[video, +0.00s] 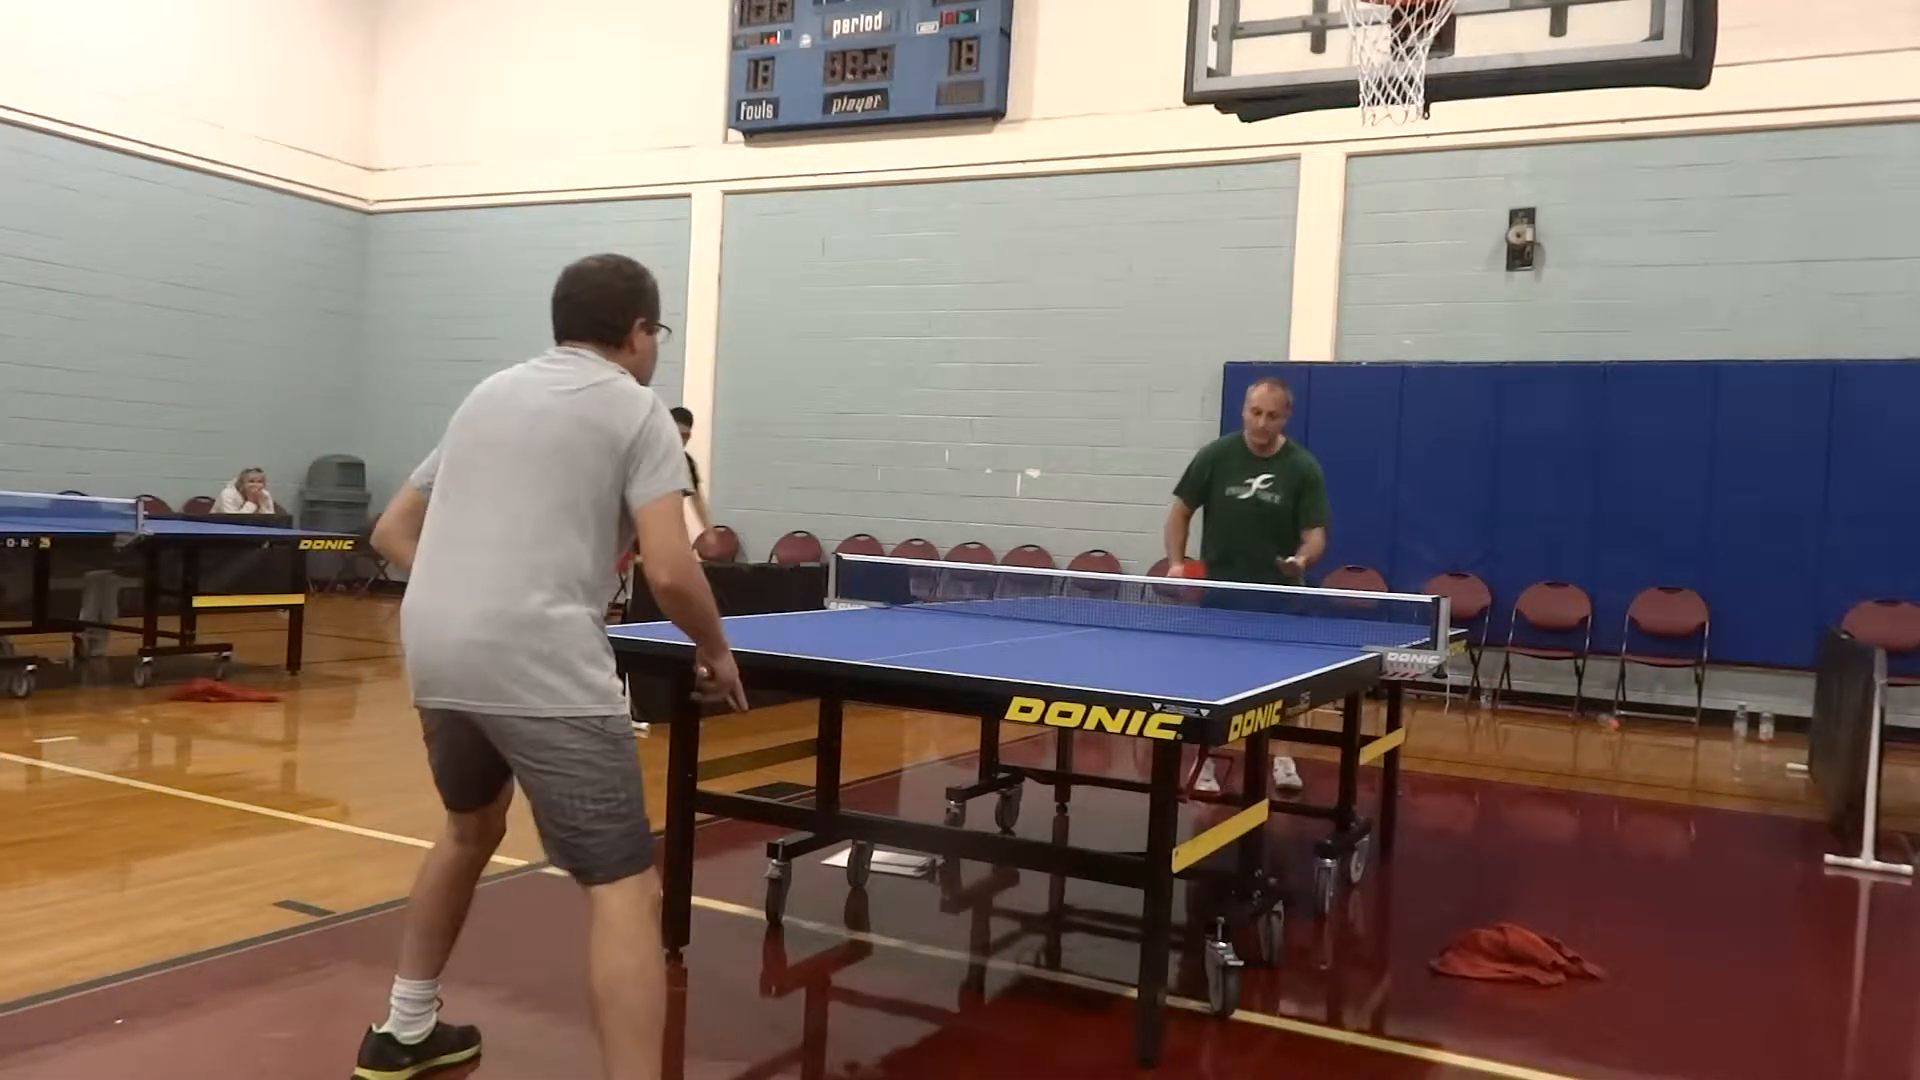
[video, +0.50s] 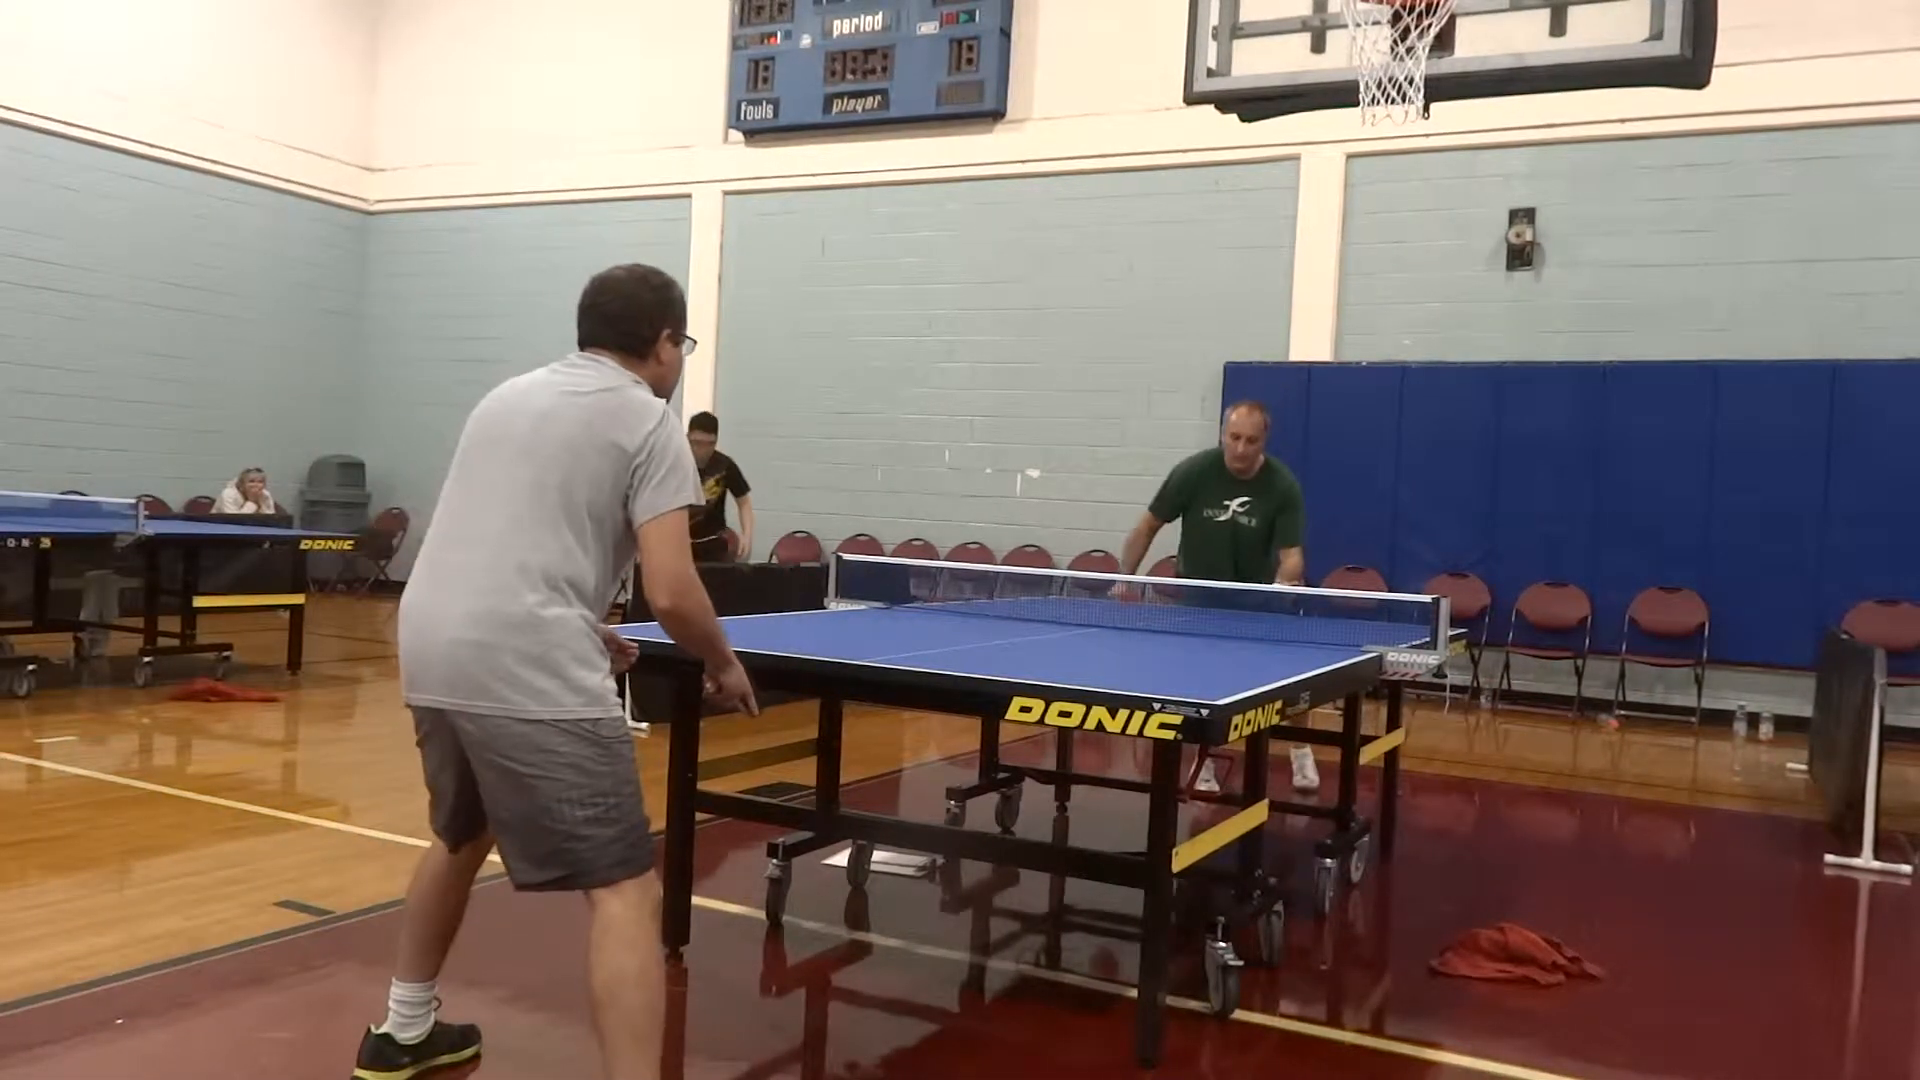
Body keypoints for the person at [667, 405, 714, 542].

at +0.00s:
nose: (681, 440)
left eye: (685, 435)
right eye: (677, 433)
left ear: (690, 435)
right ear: (668, 431)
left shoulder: (687, 462)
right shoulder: (653, 459)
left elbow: (696, 498)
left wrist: (707, 531)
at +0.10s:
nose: (687, 442)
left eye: (691, 438)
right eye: (683, 437)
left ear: (696, 437)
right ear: (673, 434)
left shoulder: (698, 464)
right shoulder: (655, 461)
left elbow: (715, 497)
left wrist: (729, 527)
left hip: (680, 527)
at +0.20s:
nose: (691, 445)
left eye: (696, 440)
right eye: (687, 439)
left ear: (700, 439)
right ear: (676, 437)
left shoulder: (704, 466)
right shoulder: (661, 461)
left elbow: (723, 499)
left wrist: (738, 526)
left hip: (687, 539)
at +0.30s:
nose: (694, 447)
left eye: (699, 441)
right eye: (689, 441)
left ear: (704, 439)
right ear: (678, 437)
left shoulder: (710, 465)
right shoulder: (666, 461)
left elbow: (728, 499)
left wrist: (740, 527)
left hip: (697, 539)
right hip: (667, 537)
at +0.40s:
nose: (695, 447)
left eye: (701, 442)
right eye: (690, 441)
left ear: (709, 440)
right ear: (682, 437)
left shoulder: (717, 464)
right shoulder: (670, 460)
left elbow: (735, 499)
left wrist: (742, 529)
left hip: (705, 540)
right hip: (673, 539)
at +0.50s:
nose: (703, 449)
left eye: (709, 443)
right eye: (697, 442)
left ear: (716, 441)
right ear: (687, 438)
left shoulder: (725, 465)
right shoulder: (677, 461)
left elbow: (743, 501)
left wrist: (746, 536)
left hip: (713, 539)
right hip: (680, 538)